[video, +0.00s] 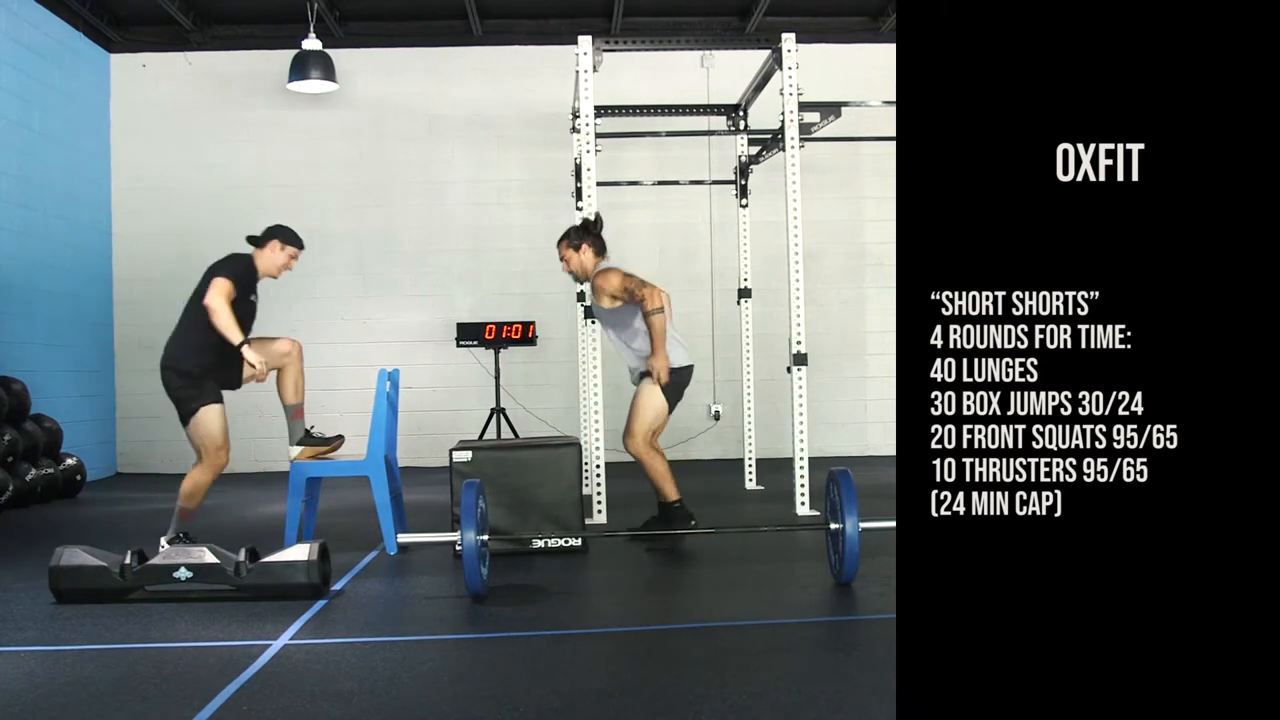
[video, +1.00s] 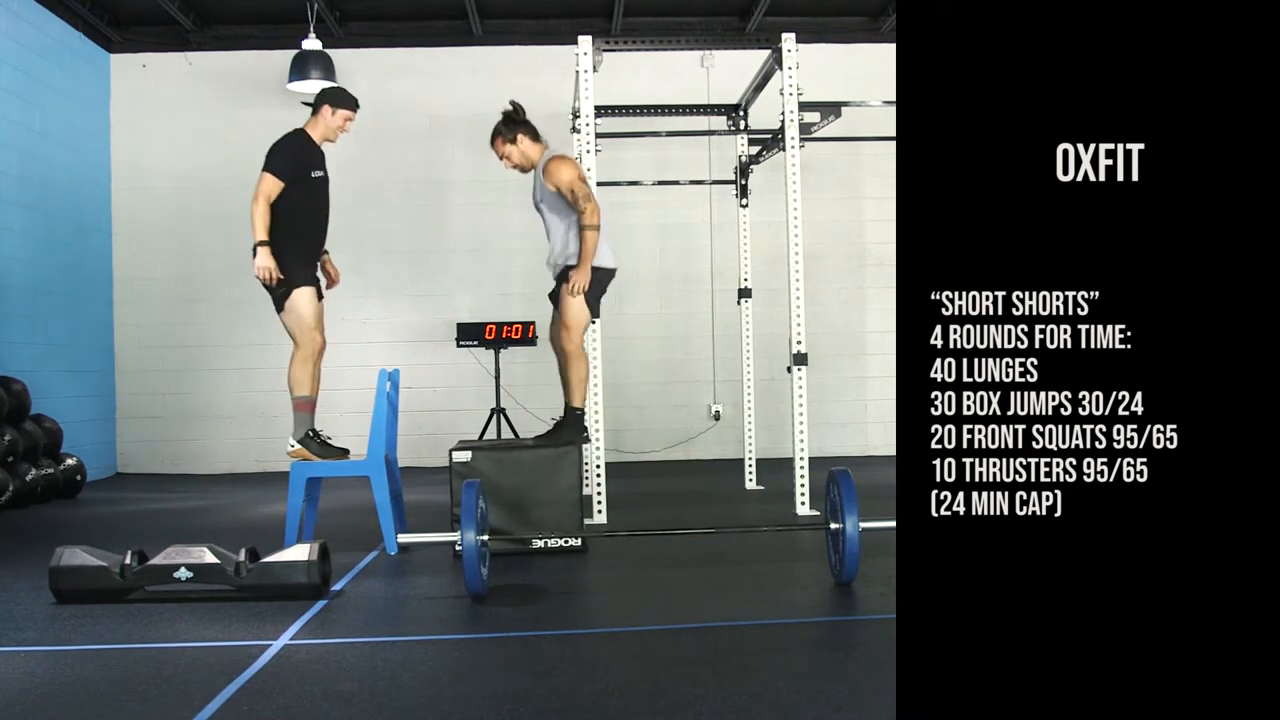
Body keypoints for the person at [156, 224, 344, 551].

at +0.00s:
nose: (291, 265)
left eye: (295, 259)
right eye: (290, 256)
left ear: (274, 249)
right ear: (272, 246)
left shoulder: (248, 281)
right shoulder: (237, 265)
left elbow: (226, 331)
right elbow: (214, 302)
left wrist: (250, 362)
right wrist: (244, 347)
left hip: (219, 364)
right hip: (190, 367)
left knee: (289, 350)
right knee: (215, 458)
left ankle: (300, 440)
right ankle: (175, 537)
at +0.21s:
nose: (315, 253)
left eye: (318, 247)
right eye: (315, 244)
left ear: (299, 237)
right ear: (298, 233)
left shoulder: (272, 269)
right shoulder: (268, 247)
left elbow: (240, 325)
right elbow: (244, 274)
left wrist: (245, 380)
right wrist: (269, 322)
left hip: (233, 351)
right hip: (206, 349)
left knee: (305, 348)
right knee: (214, 443)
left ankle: (302, 436)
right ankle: (176, 525)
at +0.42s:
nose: (323, 243)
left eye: (326, 237)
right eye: (322, 235)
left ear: (304, 230)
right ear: (303, 228)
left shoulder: (284, 266)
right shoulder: (271, 251)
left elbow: (267, 319)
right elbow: (264, 287)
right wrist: (322, 300)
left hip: (257, 353)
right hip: (226, 357)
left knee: (325, 352)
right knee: (224, 451)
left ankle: (305, 436)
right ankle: (177, 529)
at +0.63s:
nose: (346, 179)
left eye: (348, 172)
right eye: (344, 171)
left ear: (326, 167)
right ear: (324, 165)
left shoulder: (309, 207)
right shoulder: (293, 194)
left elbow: (300, 260)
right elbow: (271, 241)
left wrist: (330, 293)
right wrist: (326, 261)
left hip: (281, 302)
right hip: (251, 298)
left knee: (335, 351)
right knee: (271, 389)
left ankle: (307, 438)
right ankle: (214, 465)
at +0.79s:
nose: (347, 137)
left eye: (350, 131)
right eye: (344, 129)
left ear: (332, 126)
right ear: (325, 121)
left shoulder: (318, 163)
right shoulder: (292, 155)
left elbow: (306, 221)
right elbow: (268, 209)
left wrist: (324, 262)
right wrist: (285, 259)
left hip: (288, 259)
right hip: (264, 257)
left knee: (321, 342)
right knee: (310, 339)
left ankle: (305, 432)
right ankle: (272, 424)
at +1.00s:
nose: (347, 128)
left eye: (351, 122)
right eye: (345, 119)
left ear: (331, 116)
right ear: (325, 112)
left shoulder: (315, 152)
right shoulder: (291, 147)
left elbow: (306, 212)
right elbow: (261, 200)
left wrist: (322, 256)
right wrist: (262, 249)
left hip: (304, 262)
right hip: (285, 259)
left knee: (315, 344)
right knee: (308, 343)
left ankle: (306, 433)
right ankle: (301, 435)